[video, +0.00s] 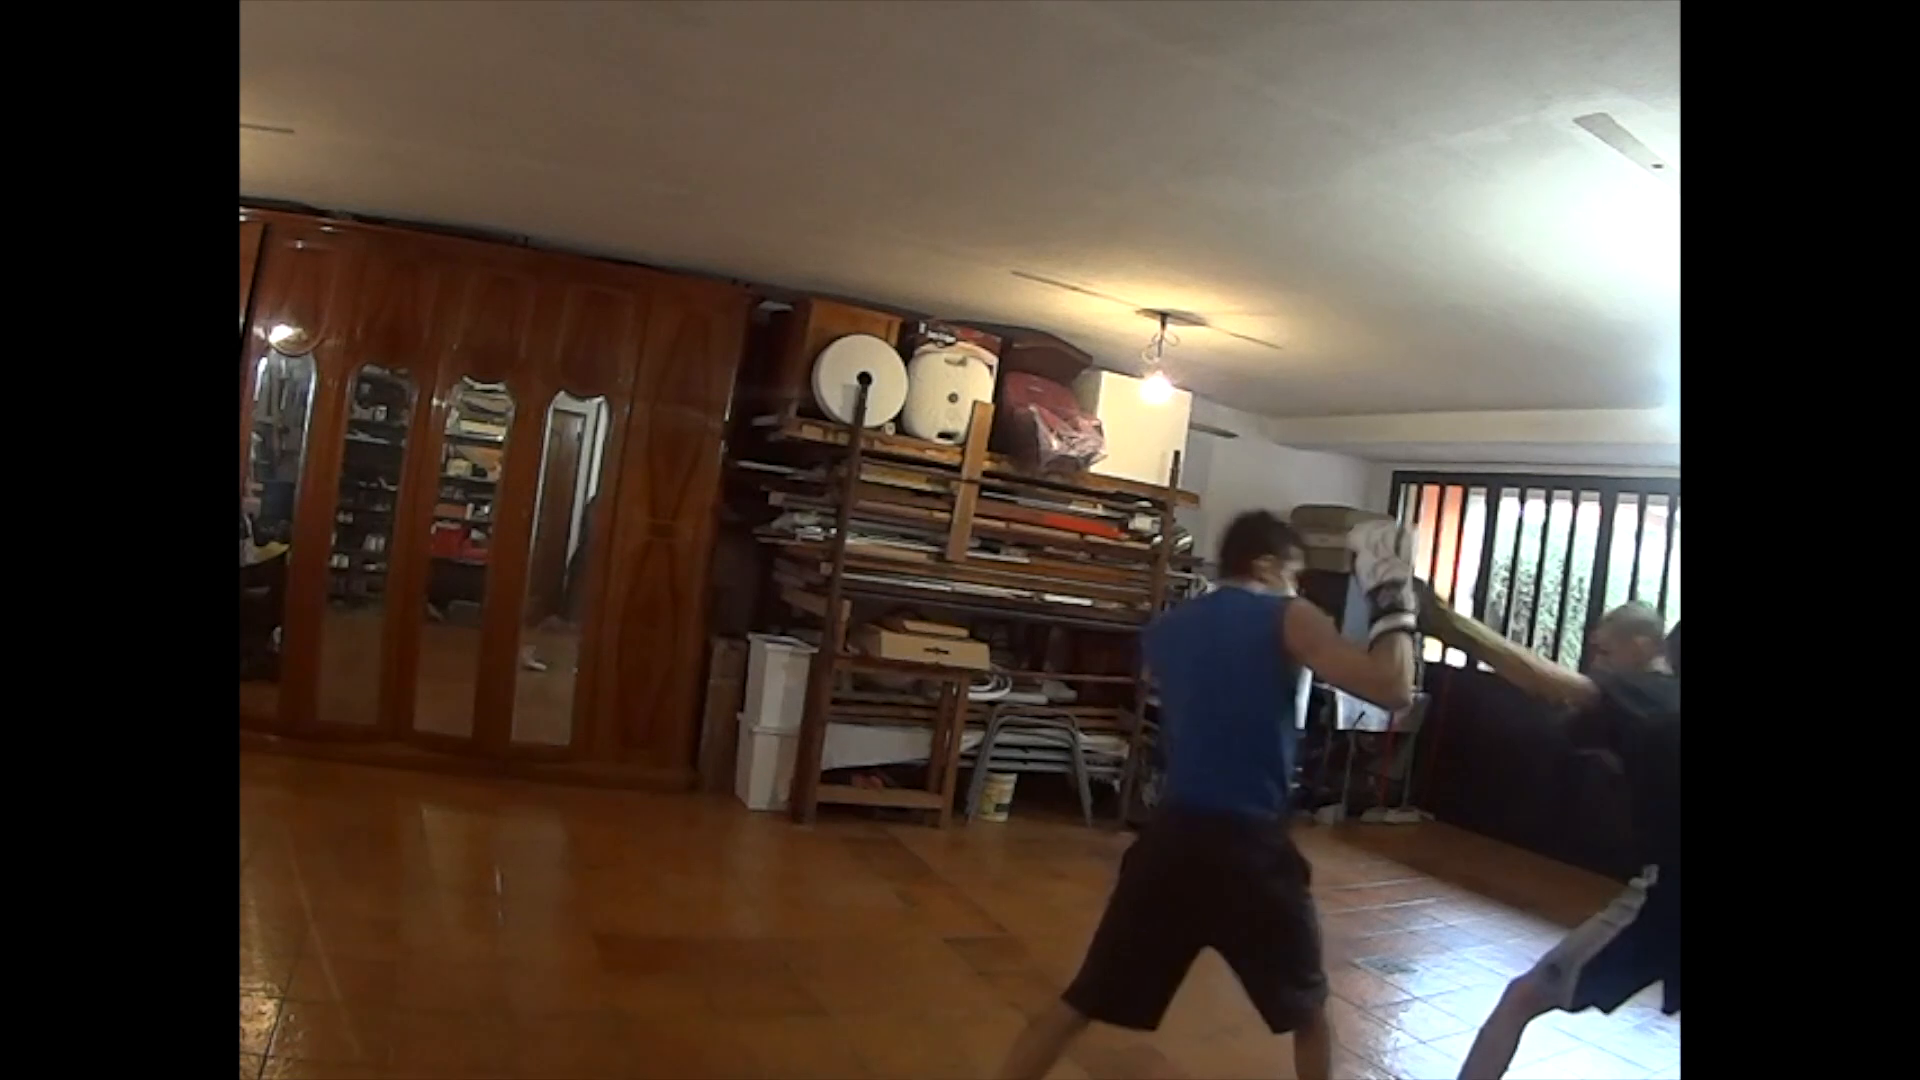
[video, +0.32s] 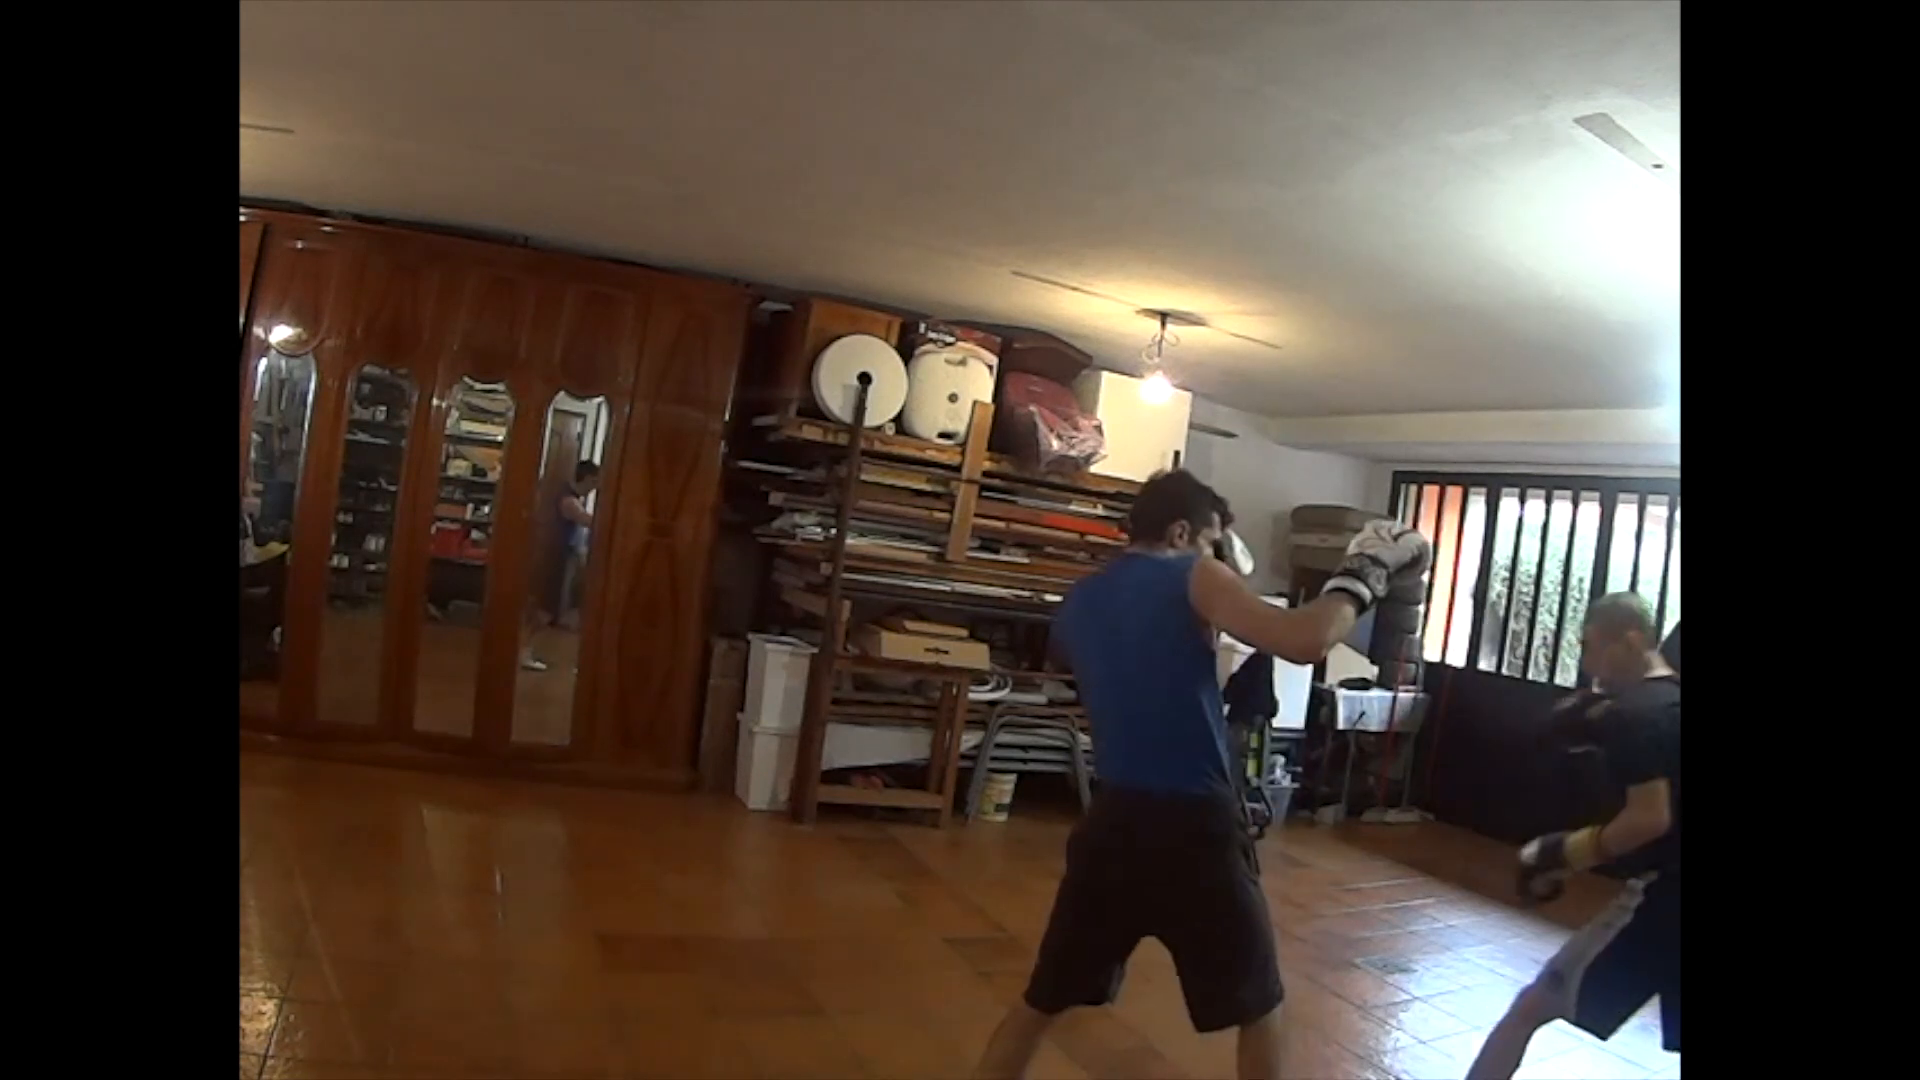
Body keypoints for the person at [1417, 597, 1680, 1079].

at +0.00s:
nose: (1593, 667)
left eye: (1604, 654)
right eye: (1593, 654)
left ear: (1644, 647)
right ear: (1646, 651)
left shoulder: (1651, 695)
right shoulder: (1664, 695)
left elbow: (1542, 680)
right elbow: (1541, 681)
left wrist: (1447, 620)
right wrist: (1449, 622)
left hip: (1666, 891)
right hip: (1664, 888)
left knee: (1522, 998)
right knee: (1522, 998)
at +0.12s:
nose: (1554, 682)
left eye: (1560, 665)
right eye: (1553, 667)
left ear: (1600, 656)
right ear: (1614, 657)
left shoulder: (1610, 714)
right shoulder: (1667, 701)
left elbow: (1541, 751)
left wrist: (1451, 742)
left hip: (1657, 895)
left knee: (1518, 1002)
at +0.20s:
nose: (1554, 679)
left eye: (1559, 661)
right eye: (1553, 663)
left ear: (1599, 653)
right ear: (1608, 653)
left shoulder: (1620, 715)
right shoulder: (1659, 704)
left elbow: (1595, 810)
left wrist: (1508, 824)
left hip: (1655, 897)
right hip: (1659, 894)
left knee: (1516, 1003)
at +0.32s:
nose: (1585, 663)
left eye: (1591, 648)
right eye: (1585, 649)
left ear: (1632, 641)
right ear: (1638, 641)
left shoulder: (1637, 710)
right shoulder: (1668, 696)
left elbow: (1650, 815)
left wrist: (1565, 852)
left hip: (1661, 895)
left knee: (1530, 1007)